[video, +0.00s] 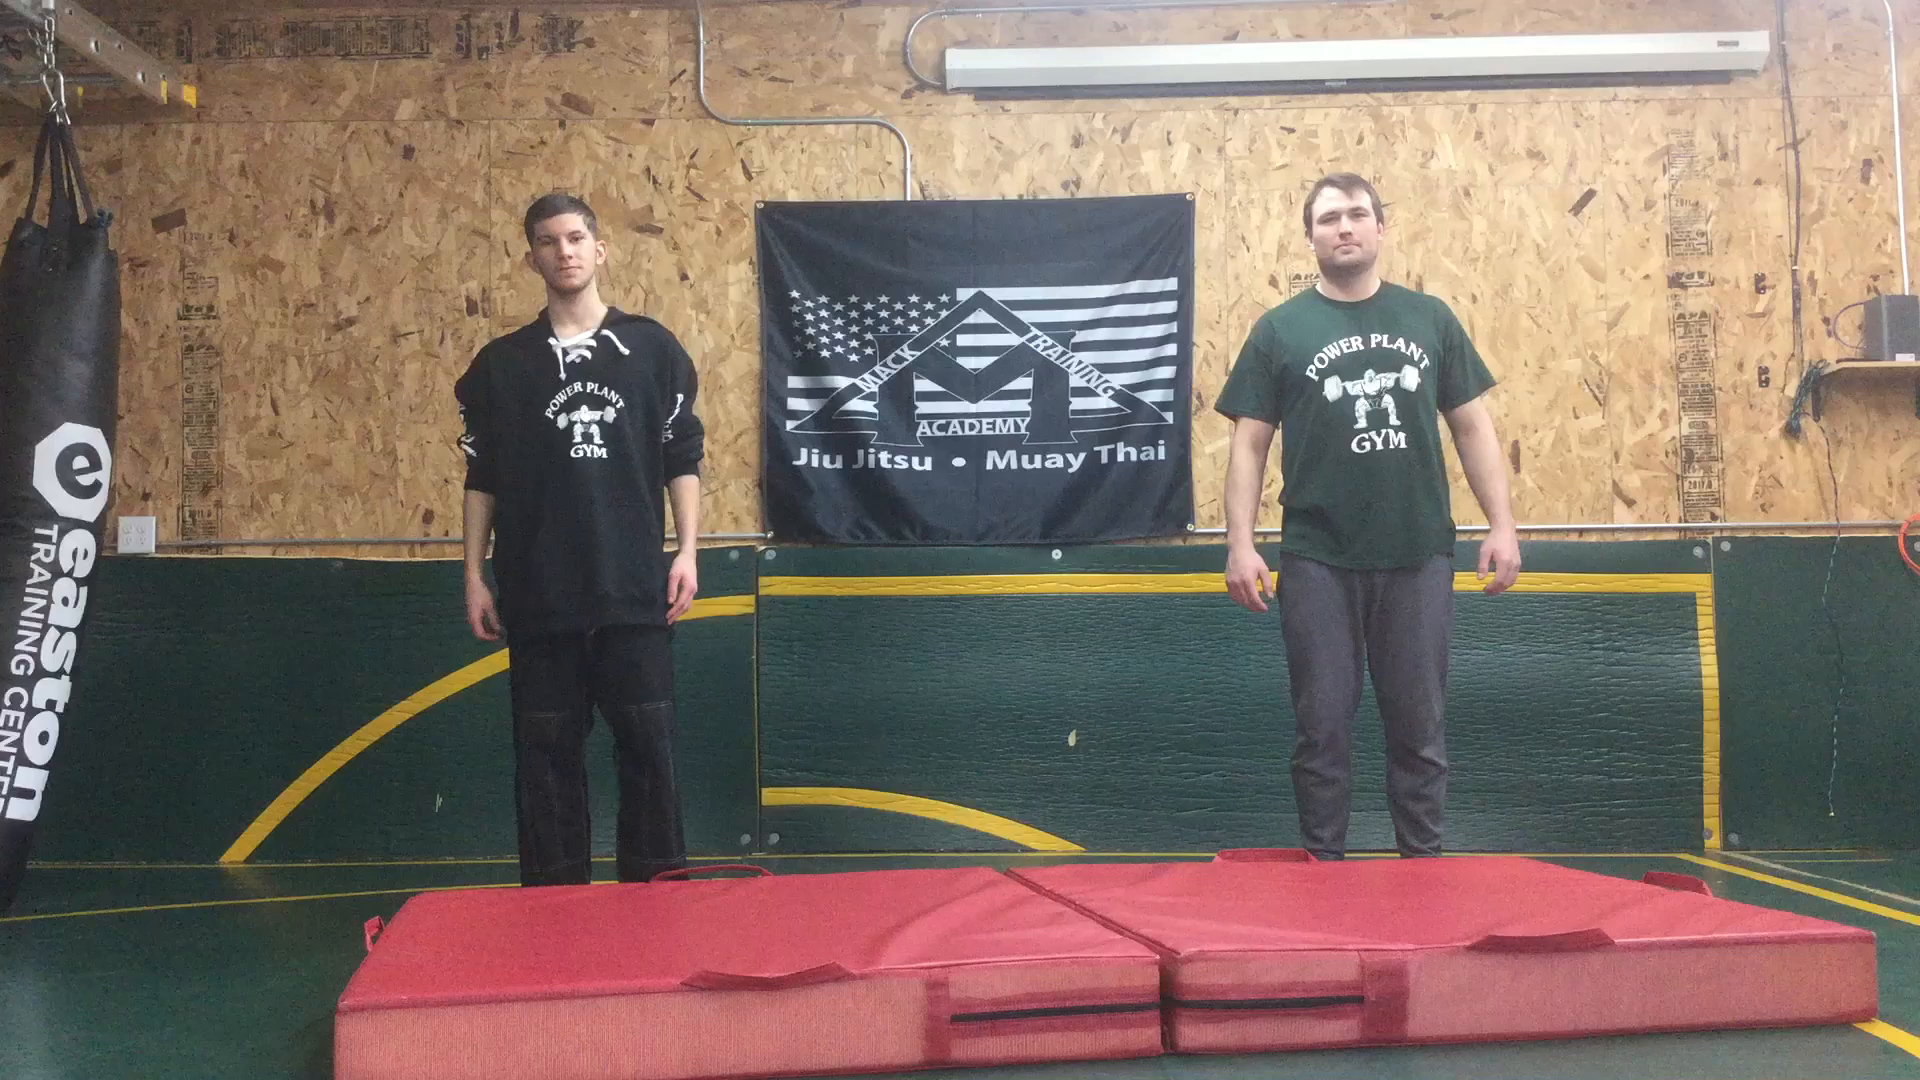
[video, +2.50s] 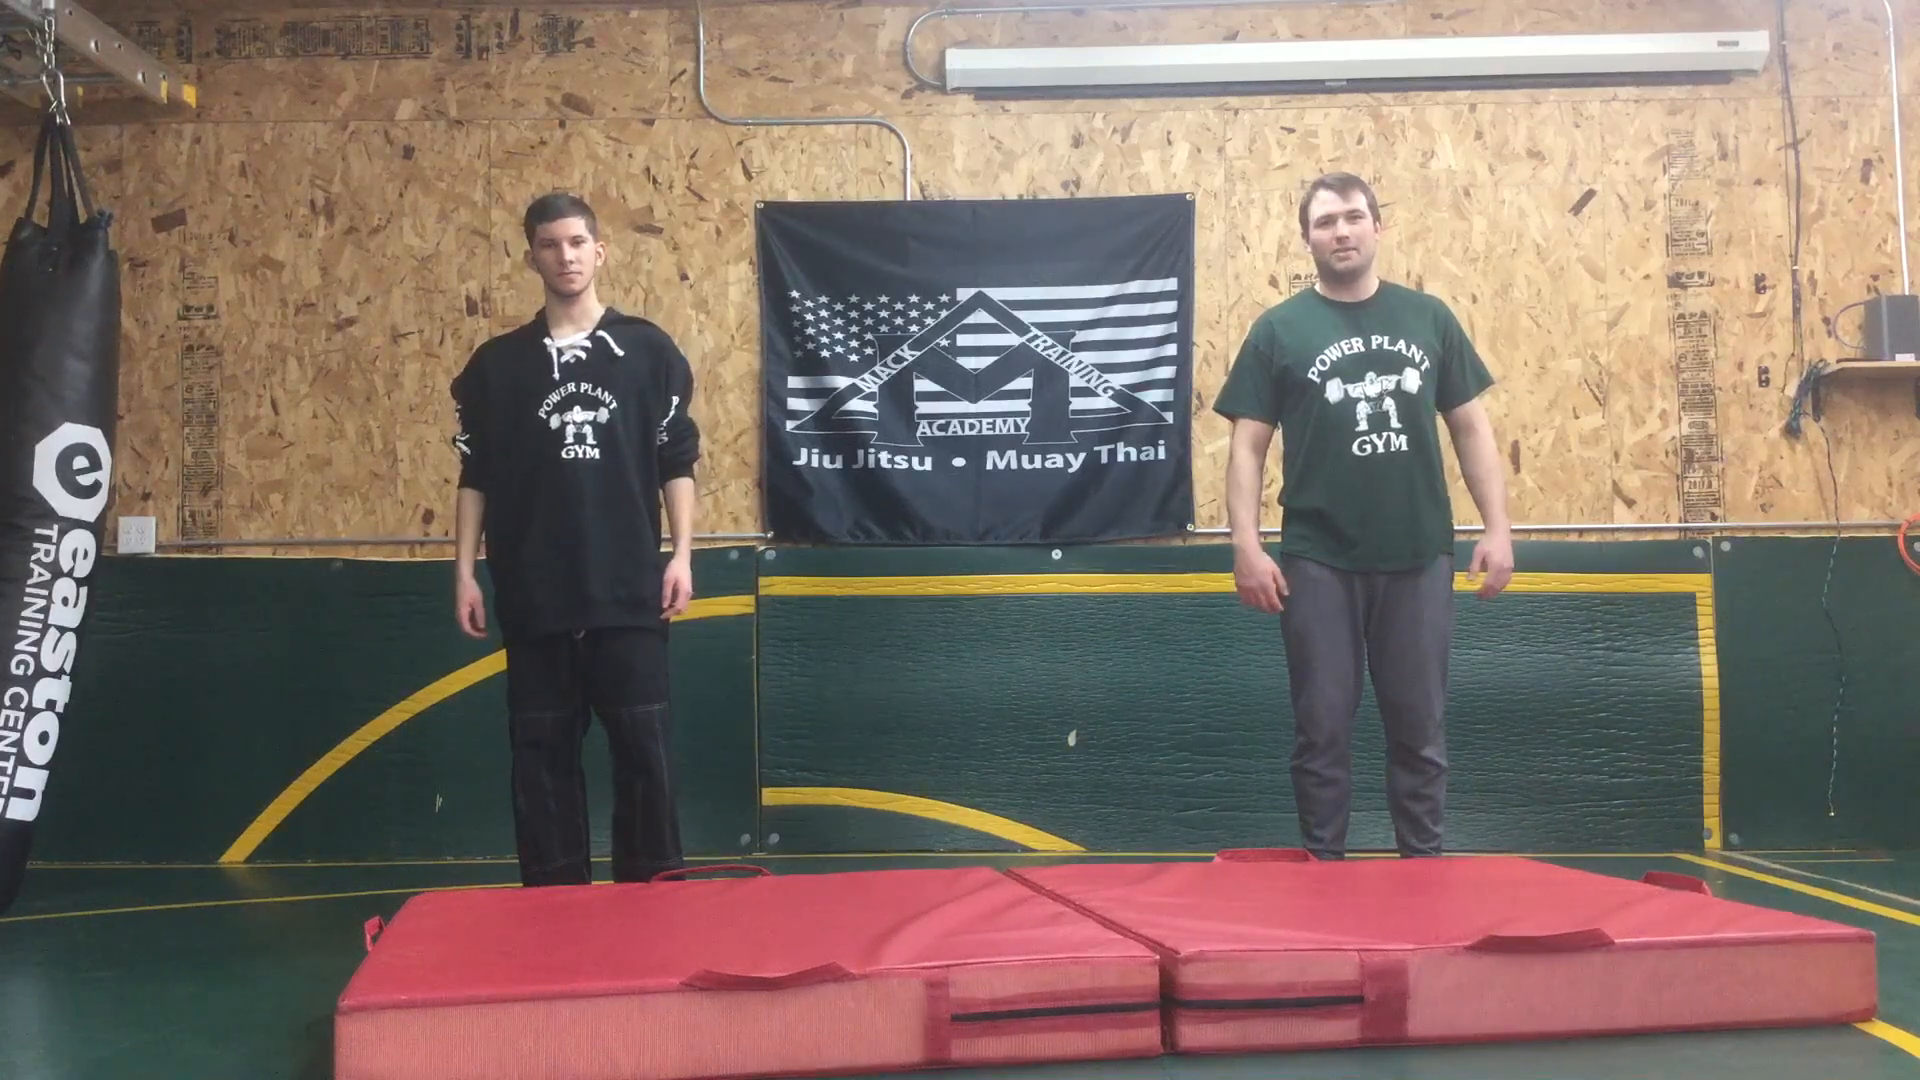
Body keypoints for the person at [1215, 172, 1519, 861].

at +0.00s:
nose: (1344, 227)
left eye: (1356, 215)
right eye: (1329, 219)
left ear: (1382, 228)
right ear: (1311, 239)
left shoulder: (1429, 318)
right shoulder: (1281, 329)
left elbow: (1470, 424)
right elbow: (1249, 440)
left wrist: (1502, 524)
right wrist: (1240, 543)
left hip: (1417, 551)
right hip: (1317, 553)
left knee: (1419, 723)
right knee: (1321, 722)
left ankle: (1424, 866)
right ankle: (1322, 867)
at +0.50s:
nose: (1343, 228)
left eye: (1355, 216)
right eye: (1328, 220)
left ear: (1381, 228)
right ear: (1310, 239)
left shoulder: (1428, 319)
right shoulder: (1280, 331)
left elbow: (1469, 425)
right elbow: (1249, 443)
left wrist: (1500, 525)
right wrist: (1241, 542)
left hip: (1416, 553)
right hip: (1317, 555)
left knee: (1418, 725)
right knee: (1321, 723)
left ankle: (1423, 867)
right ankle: (1322, 868)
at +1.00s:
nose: (1339, 225)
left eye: (1352, 214)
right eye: (1324, 218)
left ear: (1378, 229)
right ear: (1306, 239)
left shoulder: (1426, 316)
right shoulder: (1278, 329)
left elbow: (1470, 423)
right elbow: (1246, 444)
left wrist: (1502, 523)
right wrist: (1239, 544)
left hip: (1417, 553)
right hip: (1317, 555)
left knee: (1418, 725)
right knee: (1321, 724)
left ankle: (1423, 869)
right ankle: (1322, 869)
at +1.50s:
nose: (1339, 227)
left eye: (1350, 215)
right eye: (1323, 220)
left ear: (1377, 228)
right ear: (1306, 240)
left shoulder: (1427, 318)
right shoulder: (1278, 330)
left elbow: (1467, 425)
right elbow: (1248, 444)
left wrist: (1499, 521)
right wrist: (1243, 544)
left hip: (1417, 554)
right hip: (1316, 556)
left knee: (1418, 729)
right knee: (1321, 727)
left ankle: (1422, 871)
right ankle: (1323, 873)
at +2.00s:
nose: (1342, 233)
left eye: (1353, 219)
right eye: (1325, 224)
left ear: (1378, 228)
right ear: (1307, 240)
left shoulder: (1428, 318)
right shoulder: (1279, 331)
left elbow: (1469, 425)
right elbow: (1249, 446)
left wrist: (1500, 525)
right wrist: (1245, 546)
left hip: (1416, 553)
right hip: (1317, 556)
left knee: (1418, 726)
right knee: (1322, 725)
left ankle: (1423, 869)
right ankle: (1323, 870)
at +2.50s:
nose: (1342, 231)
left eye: (1353, 218)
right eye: (1326, 222)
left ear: (1377, 228)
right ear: (1307, 239)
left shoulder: (1428, 318)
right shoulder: (1278, 331)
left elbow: (1469, 426)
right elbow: (1247, 445)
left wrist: (1498, 527)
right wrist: (1246, 546)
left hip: (1418, 555)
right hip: (1317, 557)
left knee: (1419, 727)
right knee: (1322, 726)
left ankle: (1423, 869)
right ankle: (1323, 870)